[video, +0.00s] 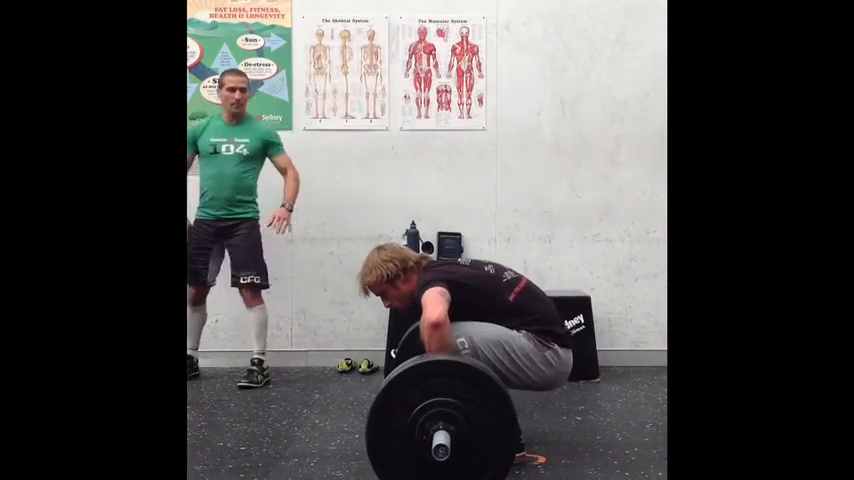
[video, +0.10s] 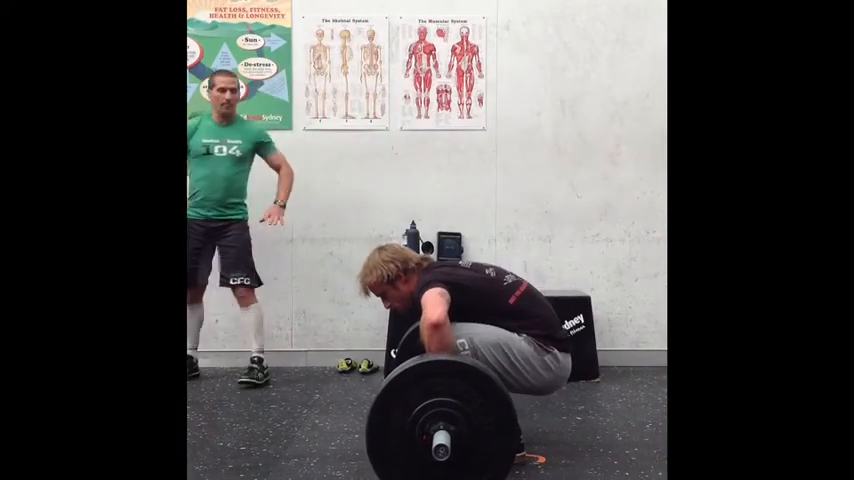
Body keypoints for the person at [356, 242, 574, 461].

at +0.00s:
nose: (386, 305)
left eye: (384, 295)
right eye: (381, 298)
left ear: (400, 278)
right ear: (402, 276)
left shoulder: (432, 276)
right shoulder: (441, 269)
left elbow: (435, 320)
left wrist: (440, 387)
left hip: (546, 353)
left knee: (444, 341)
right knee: (447, 340)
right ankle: (504, 438)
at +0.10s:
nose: (387, 305)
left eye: (384, 296)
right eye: (381, 299)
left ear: (401, 279)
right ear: (403, 276)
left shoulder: (431, 278)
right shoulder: (440, 270)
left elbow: (435, 320)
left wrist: (440, 388)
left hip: (546, 357)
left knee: (444, 340)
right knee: (442, 339)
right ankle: (504, 437)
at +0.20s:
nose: (387, 306)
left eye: (385, 296)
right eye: (381, 299)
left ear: (401, 279)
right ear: (403, 277)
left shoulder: (432, 279)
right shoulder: (440, 271)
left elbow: (436, 320)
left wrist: (440, 386)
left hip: (545, 360)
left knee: (441, 340)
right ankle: (504, 437)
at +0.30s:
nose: (387, 304)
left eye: (385, 295)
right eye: (381, 298)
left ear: (401, 278)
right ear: (404, 276)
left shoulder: (433, 278)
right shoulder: (441, 270)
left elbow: (437, 320)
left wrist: (441, 386)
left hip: (545, 357)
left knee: (442, 340)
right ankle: (504, 437)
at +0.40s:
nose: (387, 303)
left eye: (385, 294)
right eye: (381, 297)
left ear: (402, 277)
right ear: (404, 275)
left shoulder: (433, 277)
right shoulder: (440, 269)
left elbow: (437, 319)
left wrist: (441, 386)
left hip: (546, 356)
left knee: (443, 340)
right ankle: (503, 437)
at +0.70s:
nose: (387, 304)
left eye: (385, 295)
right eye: (381, 297)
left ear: (402, 278)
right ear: (404, 276)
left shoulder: (434, 278)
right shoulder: (441, 271)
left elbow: (437, 319)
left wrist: (441, 385)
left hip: (546, 358)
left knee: (442, 340)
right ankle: (504, 437)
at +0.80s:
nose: (387, 304)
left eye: (385, 294)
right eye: (381, 297)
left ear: (401, 278)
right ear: (403, 276)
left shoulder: (432, 278)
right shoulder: (440, 270)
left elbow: (437, 317)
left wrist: (442, 384)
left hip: (546, 357)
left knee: (442, 339)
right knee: (438, 337)